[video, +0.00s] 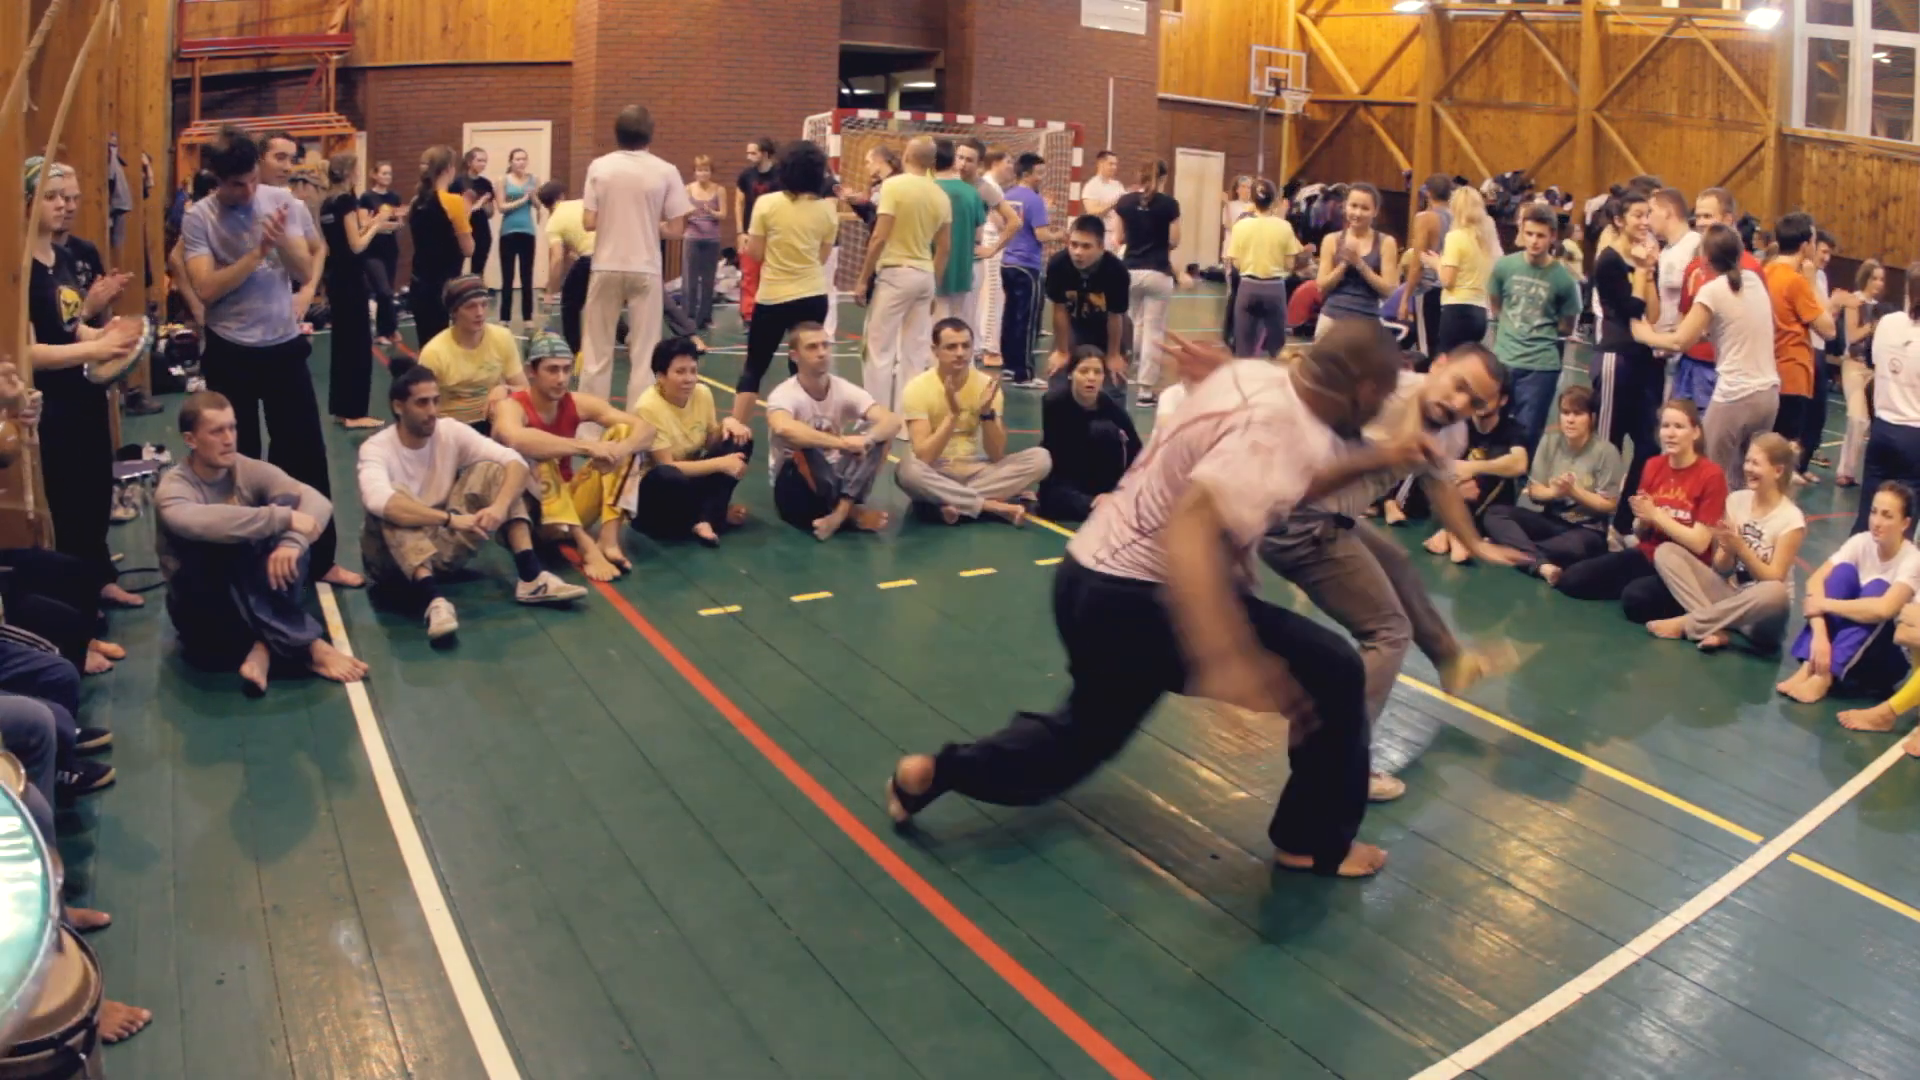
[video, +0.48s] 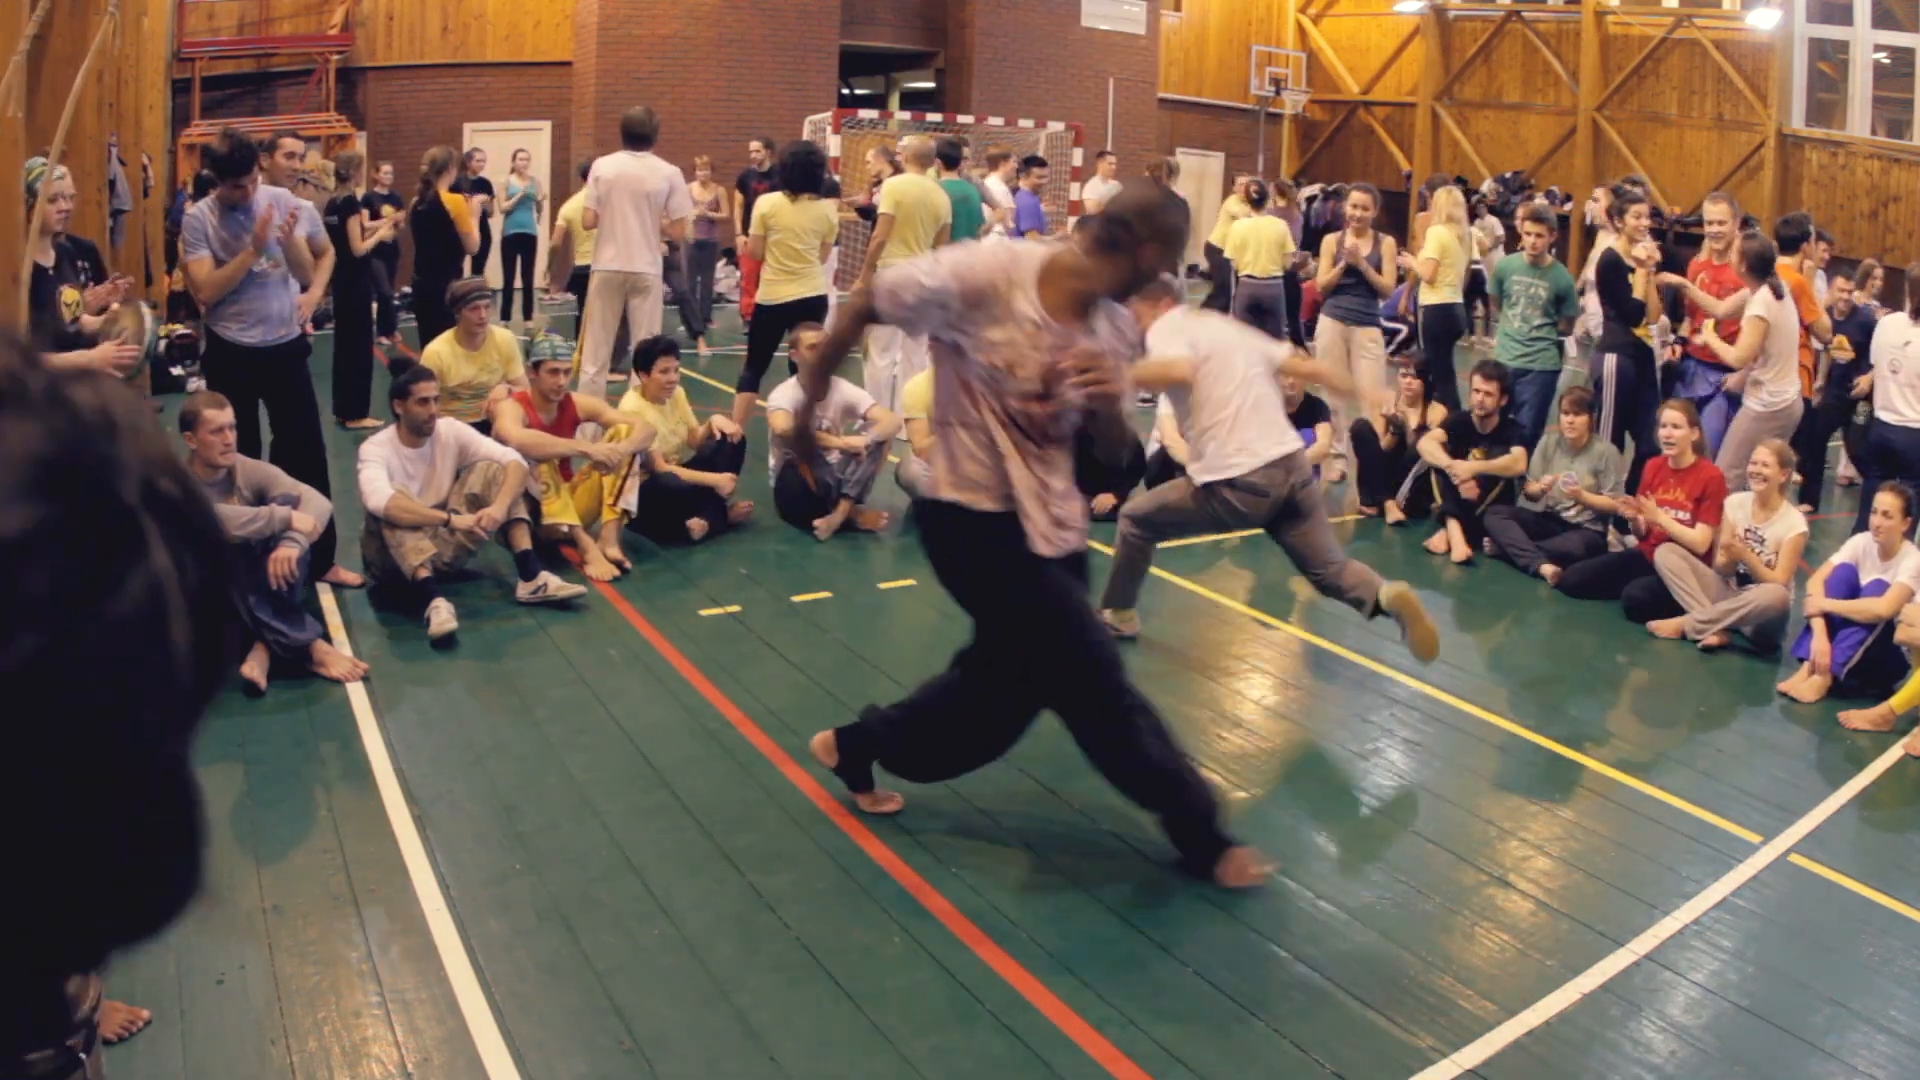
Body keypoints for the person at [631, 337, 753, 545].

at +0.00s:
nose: (689, 379)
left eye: (693, 371)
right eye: (680, 372)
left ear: (698, 372)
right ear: (660, 376)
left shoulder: (702, 393)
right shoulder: (648, 407)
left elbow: (712, 442)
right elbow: (666, 466)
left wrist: (727, 423)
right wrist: (720, 464)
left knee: (740, 440)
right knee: (663, 475)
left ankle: (706, 520)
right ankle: (718, 515)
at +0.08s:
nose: (689, 379)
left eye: (693, 372)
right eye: (681, 372)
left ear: (697, 373)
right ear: (660, 375)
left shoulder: (696, 393)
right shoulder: (646, 408)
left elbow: (708, 442)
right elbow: (666, 467)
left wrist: (723, 421)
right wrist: (722, 473)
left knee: (737, 437)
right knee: (665, 477)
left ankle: (708, 519)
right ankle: (719, 516)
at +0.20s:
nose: (685, 379)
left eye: (689, 372)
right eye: (677, 371)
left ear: (693, 373)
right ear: (656, 374)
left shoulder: (689, 393)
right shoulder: (642, 407)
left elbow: (702, 439)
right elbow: (662, 468)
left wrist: (718, 418)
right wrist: (716, 484)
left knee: (732, 436)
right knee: (668, 479)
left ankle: (710, 519)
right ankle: (720, 514)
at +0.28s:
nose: (682, 379)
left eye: (686, 372)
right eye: (674, 372)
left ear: (690, 372)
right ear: (653, 375)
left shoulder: (684, 393)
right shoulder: (641, 408)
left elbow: (700, 439)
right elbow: (662, 468)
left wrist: (717, 417)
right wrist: (717, 482)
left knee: (730, 436)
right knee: (670, 483)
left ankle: (710, 517)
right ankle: (720, 513)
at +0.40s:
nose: (677, 379)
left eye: (680, 371)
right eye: (669, 372)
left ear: (683, 370)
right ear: (647, 376)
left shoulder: (678, 393)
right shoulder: (635, 408)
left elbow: (696, 440)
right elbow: (660, 468)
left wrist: (714, 418)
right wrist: (714, 480)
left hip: (680, 472)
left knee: (730, 436)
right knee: (668, 482)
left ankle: (709, 515)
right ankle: (721, 513)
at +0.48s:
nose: (673, 379)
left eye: (676, 371)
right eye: (664, 372)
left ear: (679, 370)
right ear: (643, 376)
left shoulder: (676, 393)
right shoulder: (632, 409)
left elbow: (695, 441)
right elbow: (659, 468)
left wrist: (713, 421)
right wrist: (715, 480)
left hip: (678, 474)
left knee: (733, 438)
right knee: (665, 481)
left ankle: (707, 517)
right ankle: (722, 515)